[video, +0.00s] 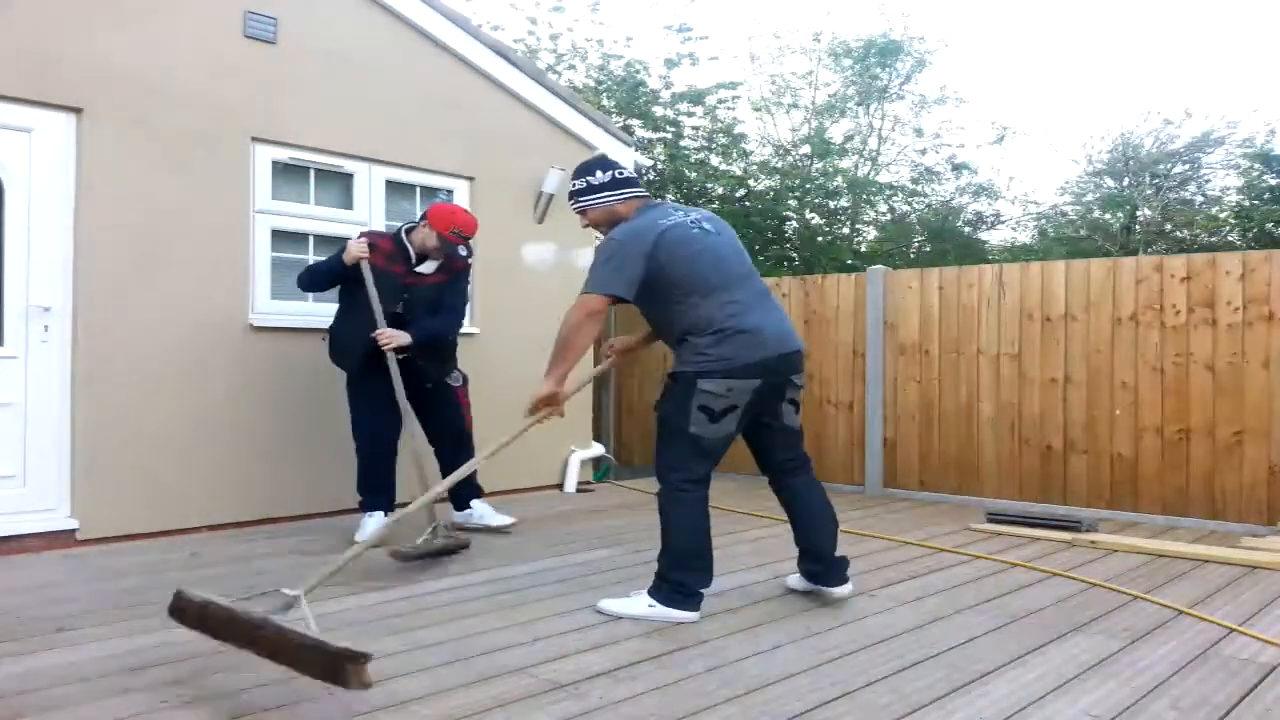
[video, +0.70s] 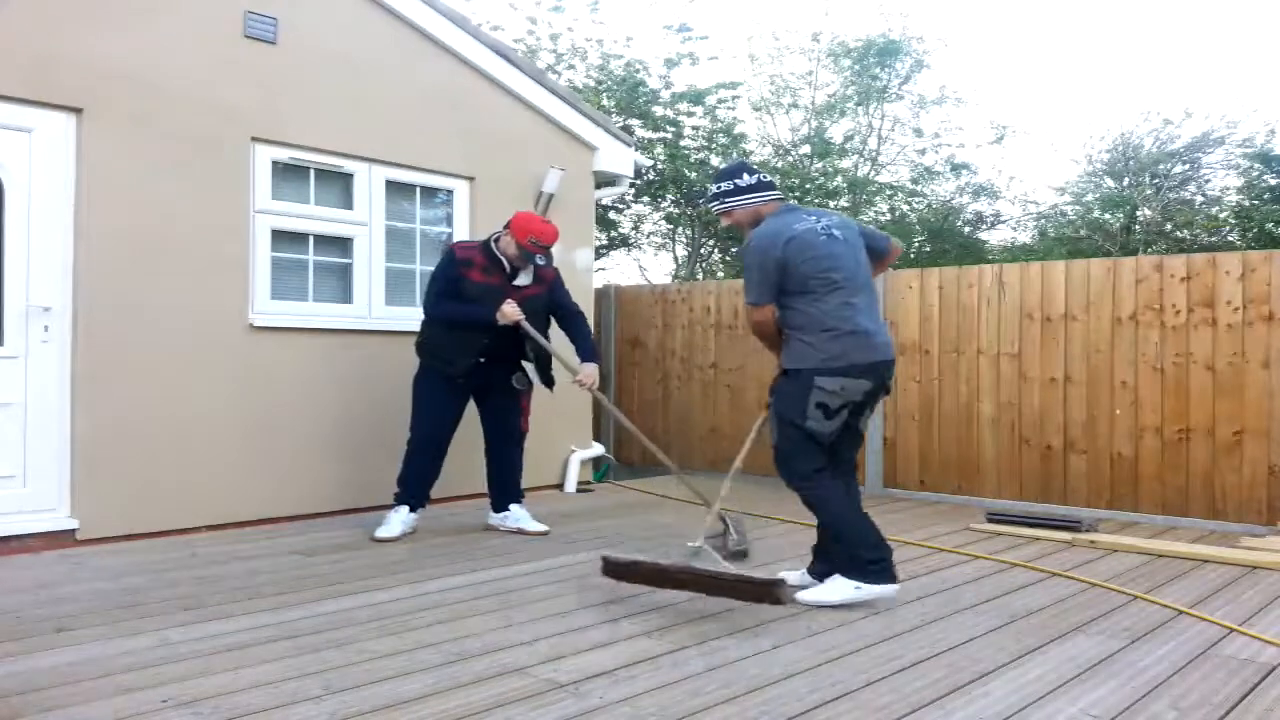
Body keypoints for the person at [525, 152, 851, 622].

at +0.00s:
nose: (586, 222)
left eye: (586, 210)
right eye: (582, 213)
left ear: (613, 199)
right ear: (630, 196)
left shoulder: (628, 236)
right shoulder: (697, 218)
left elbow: (588, 311)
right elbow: (695, 300)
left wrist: (554, 381)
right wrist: (635, 342)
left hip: (716, 361)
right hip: (781, 352)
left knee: (682, 478)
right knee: (789, 466)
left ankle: (677, 594)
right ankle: (827, 573)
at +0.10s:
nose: (600, 218)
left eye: (602, 206)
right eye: (597, 209)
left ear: (630, 197)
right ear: (648, 194)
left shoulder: (645, 233)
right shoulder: (712, 217)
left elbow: (607, 311)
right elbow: (731, 289)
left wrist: (587, 375)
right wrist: (670, 334)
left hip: (722, 362)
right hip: (781, 353)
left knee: (683, 474)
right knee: (790, 465)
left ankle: (677, 594)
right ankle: (827, 568)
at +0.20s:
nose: (624, 215)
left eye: (625, 204)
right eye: (621, 206)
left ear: (651, 196)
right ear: (670, 193)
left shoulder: (667, 234)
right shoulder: (739, 221)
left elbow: (639, 309)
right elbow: (761, 288)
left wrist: (627, 368)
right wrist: (697, 320)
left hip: (728, 366)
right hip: (785, 360)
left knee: (683, 474)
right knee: (785, 464)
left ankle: (677, 593)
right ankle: (828, 568)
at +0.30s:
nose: (657, 215)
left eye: (659, 204)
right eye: (654, 206)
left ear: (684, 198)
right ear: (704, 195)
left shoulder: (695, 236)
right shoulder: (767, 224)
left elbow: (675, 313)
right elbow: (810, 288)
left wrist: (665, 366)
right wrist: (748, 318)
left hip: (740, 368)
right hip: (797, 364)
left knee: (691, 474)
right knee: (786, 466)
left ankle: (678, 591)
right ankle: (830, 571)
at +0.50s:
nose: (703, 215)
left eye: (706, 205)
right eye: (700, 206)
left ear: (730, 196)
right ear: (749, 195)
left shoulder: (741, 234)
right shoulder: (810, 222)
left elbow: (725, 311)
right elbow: (861, 269)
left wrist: (732, 363)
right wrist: (814, 302)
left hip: (782, 363)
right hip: (836, 360)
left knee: (737, 469)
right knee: (808, 463)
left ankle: (728, 582)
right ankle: (832, 571)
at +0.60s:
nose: (715, 219)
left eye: (717, 208)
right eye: (712, 210)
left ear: (741, 198)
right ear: (760, 195)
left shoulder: (753, 234)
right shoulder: (824, 220)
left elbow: (745, 316)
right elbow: (876, 259)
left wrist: (761, 358)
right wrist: (832, 294)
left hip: (805, 358)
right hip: (855, 355)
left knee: (767, 463)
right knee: (822, 459)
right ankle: (837, 570)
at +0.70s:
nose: (726, 222)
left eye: (727, 212)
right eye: (723, 214)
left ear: (748, 202)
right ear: (764, 197)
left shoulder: (764, 241)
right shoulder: (828, 219)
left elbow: (762, 321)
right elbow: (889, 250)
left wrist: (785, 354)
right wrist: (845, 288)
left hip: (820, 363)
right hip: (873, 357)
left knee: (799, 464)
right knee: (838, 463)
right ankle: (829, 568)